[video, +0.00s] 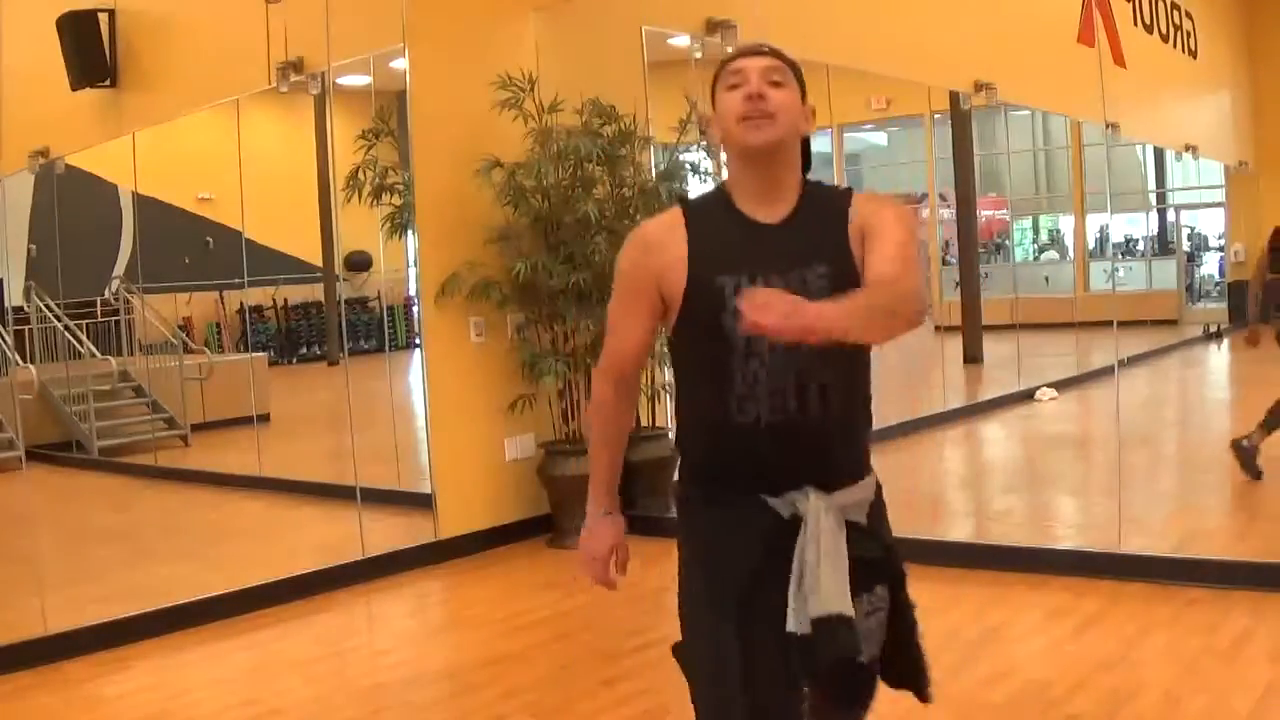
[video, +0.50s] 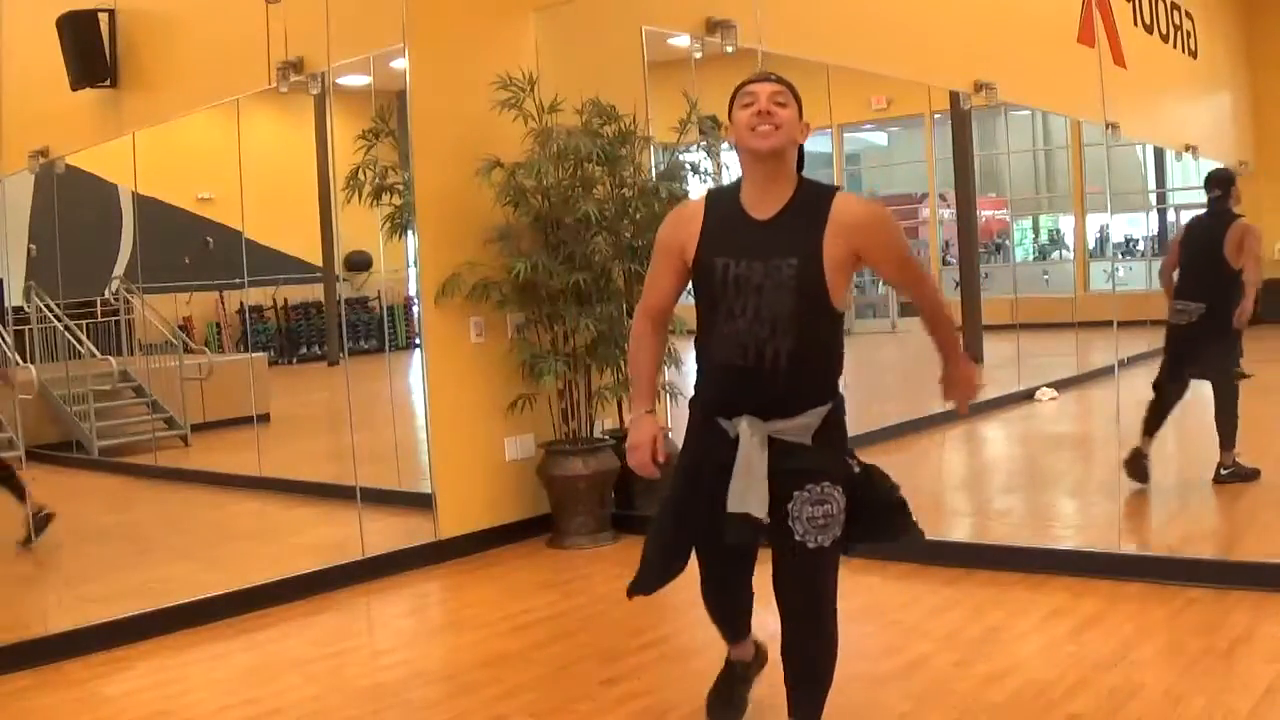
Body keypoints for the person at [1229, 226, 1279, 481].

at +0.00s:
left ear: (1274, 240)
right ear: (1273, 239)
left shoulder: (1273, 245)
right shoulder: (1274, 244)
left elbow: (1257, 279)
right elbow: (1257, 278)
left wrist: (1253, 323)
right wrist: (1253, 323)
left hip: (1278, 330)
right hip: (1278, 329)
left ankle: (1253, 441)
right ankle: (1252, 441)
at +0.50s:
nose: (1238, 193)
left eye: (1234, 187)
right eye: (1236, 188)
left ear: (1207, 193)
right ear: (1232, 192)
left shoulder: (1189, 227)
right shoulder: (1244, 229)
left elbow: (1166, 269)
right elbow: (1251, 267)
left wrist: (1174, 303)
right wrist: (1249, 301)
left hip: (1182, 324)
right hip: (1218, 326)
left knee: (1169, 386)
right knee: (1225, 391)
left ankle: (1141, 450)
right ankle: (1227, 462)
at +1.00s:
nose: (1145, 200)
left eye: (1141, 195)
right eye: (1141, 195)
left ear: (1114, 203)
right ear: (1133, 200)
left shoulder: (1098, 238)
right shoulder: (1154, 236)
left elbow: (1083, 283)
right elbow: (1165, 285)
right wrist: (1163, 324)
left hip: (1097, 342)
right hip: (1135, 340)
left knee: (1097, 408)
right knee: (1156, 402)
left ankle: (1087, 480)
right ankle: (1165, 469)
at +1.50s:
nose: (1146, 218)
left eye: (1145, 214)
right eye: (1146, 213)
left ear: (1114, 211)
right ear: (1140, 211)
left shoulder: (1089, 241)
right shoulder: (1147, 234)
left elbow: (1068, 285)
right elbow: (1167, 279)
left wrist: (1051, 324)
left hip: (1092, 337)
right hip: (1131, 334)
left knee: (1090, 407)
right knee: (1146, 390)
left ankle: (1087, 482)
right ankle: (1122, 444)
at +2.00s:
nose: (1216, 217)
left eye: (1216, 212)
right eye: (1215, 211)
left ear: (1187, 208)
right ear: (1207, 210)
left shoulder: (1158, 239)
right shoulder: (1212, 239)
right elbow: (1241, 285)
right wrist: (1261, 331)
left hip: (1150, 335)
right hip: (1183, 335)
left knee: (1158, 399)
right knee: (1205, 396)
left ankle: (1121, 449)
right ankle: (1204, 469)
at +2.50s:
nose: (1247, 204)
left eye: (1244, 200)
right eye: (1246, 200)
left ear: (1218, 202)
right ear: (1239, 201)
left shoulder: (1201, 233)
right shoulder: (1242, 221)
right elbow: (1267, 219)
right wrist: (1261, 216)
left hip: (1205, 327)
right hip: (1233, 327)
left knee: (1240, 382)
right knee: (1230, 396)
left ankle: (1268, 425)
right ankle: (1205, 468)